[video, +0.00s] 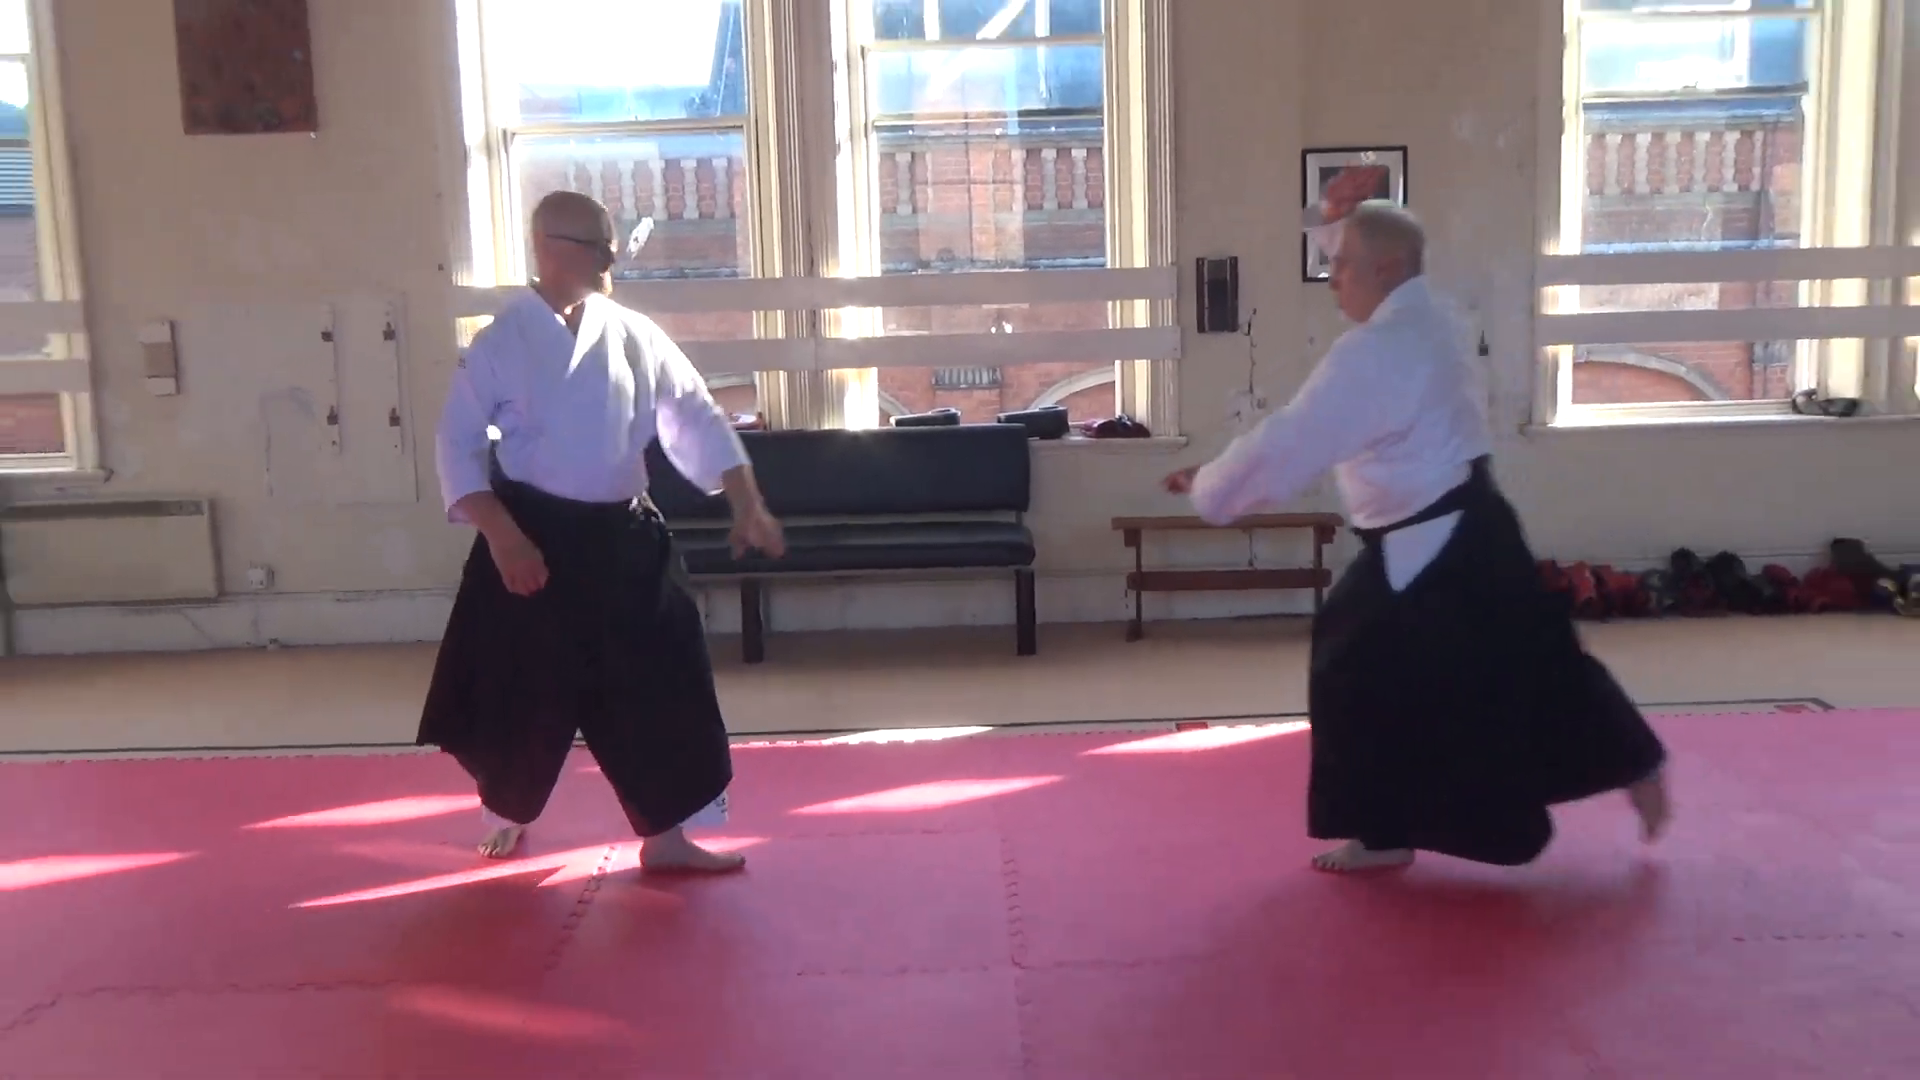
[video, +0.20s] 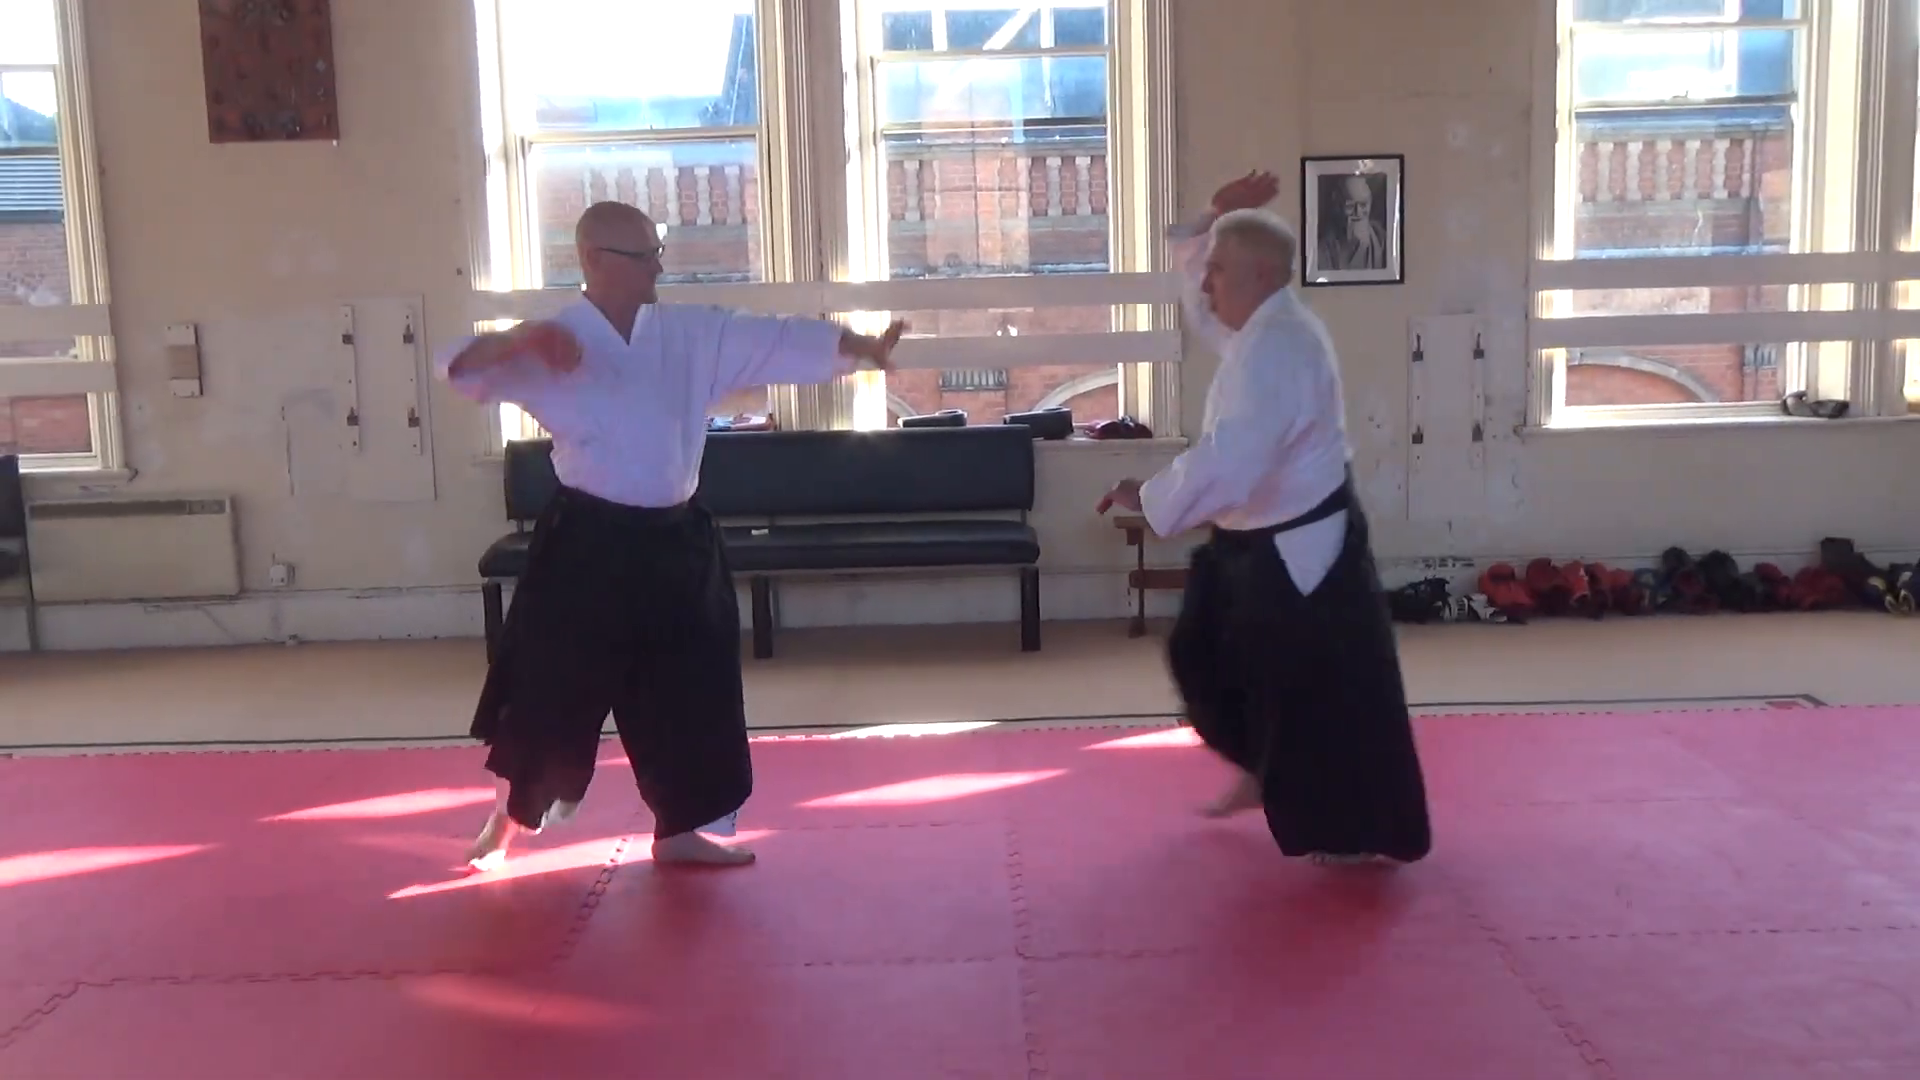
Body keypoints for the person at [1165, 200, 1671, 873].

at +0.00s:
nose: (1333, 279)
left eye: (1342, 267)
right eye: (1333, 266)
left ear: (1381, 270)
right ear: (1397, 270)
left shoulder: (1374, 351)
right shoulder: (1434, 315)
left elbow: (1293, 437)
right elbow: (1356, 271)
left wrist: (1210, 483)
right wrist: (1333, 221)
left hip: (1425, 542)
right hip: (1471, 522)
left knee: (1349, 671)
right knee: (1541, 658)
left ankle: (1382, 832)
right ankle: (1634, 761)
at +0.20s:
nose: (1207, 282)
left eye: (1218, 269)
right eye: (1207, 269)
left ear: (1259, 278)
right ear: (1265, 275)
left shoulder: (1274, 347)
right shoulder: (1263, 326)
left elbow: (1230, 462)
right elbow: (1203, 299)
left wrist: (1149, 502)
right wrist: (1209, 221)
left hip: (1295, 545)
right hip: (1253, 535)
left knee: (1320, 690)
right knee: (1196, 650)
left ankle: (1364, 832)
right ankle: (1258, 763)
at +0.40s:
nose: (1085, 288)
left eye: (1103, 278)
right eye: (1088, 275)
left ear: (1150, 291)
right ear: (1095, 285)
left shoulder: (1183, 368)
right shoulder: (1077, 352)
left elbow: (1179, 467)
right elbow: (1003, 323)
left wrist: (1080, 477)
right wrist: (983, 235)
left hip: (1172, 566)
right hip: (1093, 561)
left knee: (1248, 691)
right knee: (1032, 686)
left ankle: (1350, 796)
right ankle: (977, 818)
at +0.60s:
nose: (987, 262)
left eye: (1003, 251)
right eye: (987, 252)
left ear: (1050, 265)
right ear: (993, 263)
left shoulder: (1096, 341)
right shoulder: (967, 336)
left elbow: (1145, 432)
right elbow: (877, 336)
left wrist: (1072, 467)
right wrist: (795, 295)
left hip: (1067, 533)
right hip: (994, 531)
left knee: (1083, 662)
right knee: (963, 665)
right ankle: (970, 817)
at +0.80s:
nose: (977, 238)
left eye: (994, 228)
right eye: (975, 228)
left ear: (1034, 244)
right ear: (967, 241)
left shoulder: (1080, 314)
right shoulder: (944, 316)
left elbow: (1124, 390)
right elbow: (871, 354)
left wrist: (1073, 419)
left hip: (1041, 502)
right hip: (959, 498)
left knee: (1050, 644)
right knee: (923, 638)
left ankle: (1067, 770)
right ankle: (909, 791)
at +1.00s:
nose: (939, 236)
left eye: (953, 225)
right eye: (930, 227)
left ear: (988, 237)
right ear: (920, 242)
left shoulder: (1045, 308)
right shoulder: (902, 325)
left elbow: (1108, 375)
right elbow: (843, 382)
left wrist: (1136, 434)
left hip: (1045, 507)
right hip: (957, 512)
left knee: (1086, 638)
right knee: (936, 649)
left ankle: (1122, 753)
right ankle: (942, 794)